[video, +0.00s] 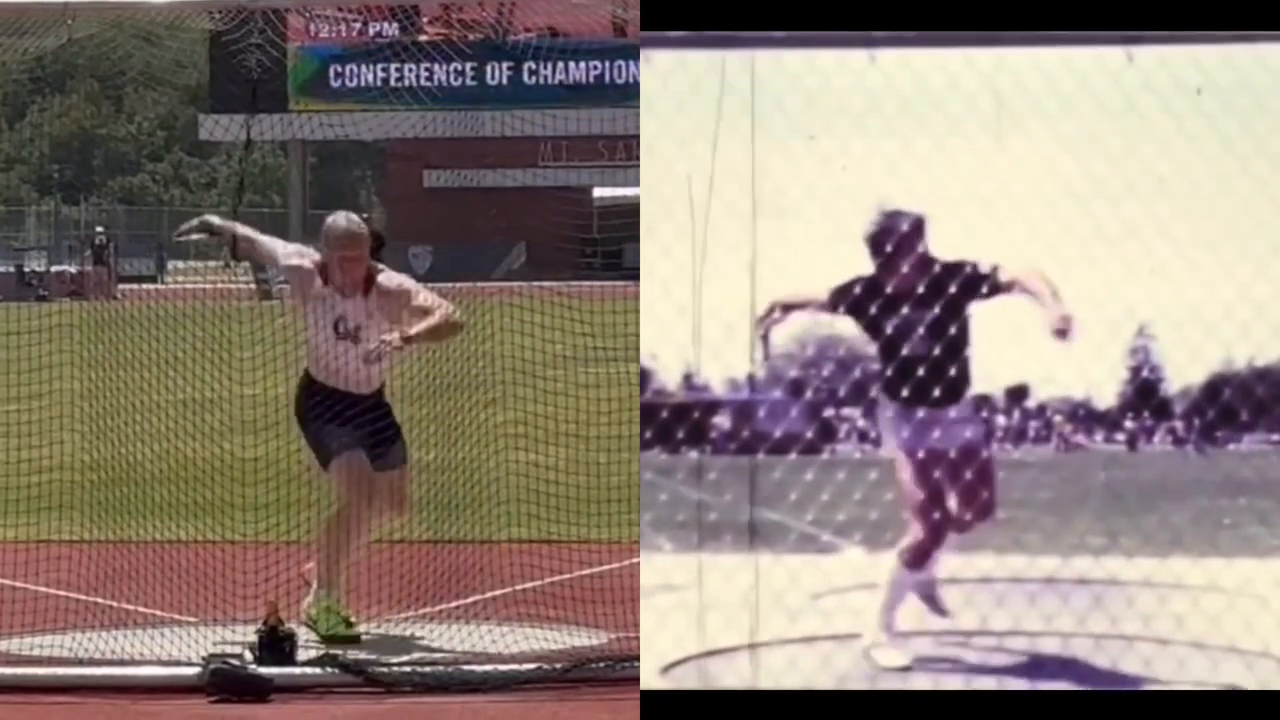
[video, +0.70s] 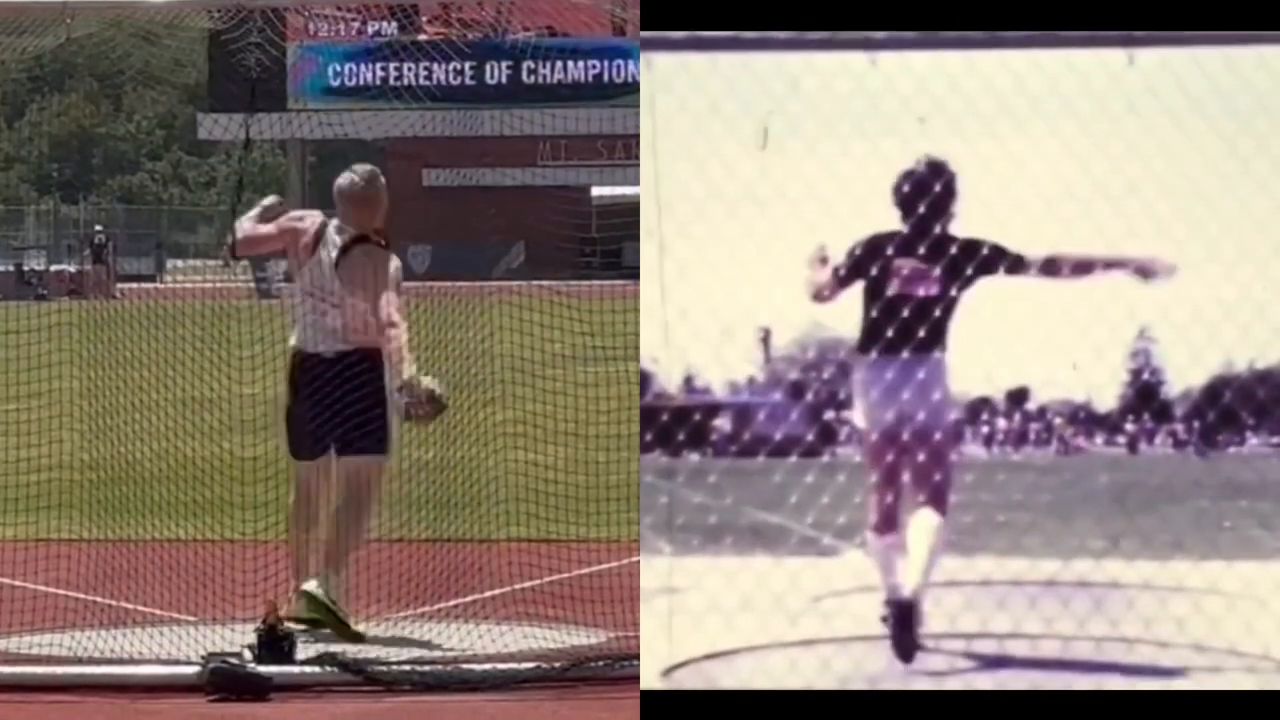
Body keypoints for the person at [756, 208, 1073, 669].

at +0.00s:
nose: (904, 267)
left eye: (908, 255)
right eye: (895, 258)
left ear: (921, 248)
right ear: (880, 259)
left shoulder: (953, 279)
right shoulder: (868, 293)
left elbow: (1024, 278)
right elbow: (822, 303)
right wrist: (782, 305)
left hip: (957, 414)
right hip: (905, 419)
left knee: (975, 508)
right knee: (929, 528)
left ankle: (924, 567)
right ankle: (879, 628)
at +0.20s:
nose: (947, 265)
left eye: (944, 257)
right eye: (937, 261)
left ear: (942, 258)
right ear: (916, 269)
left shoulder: (962, 275)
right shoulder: (892, 308)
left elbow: (1013, 268)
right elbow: (823, 344)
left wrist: (1068, 288)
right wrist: (753, 360)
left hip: (941, 422)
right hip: (905, 424)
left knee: (931, 527)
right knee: (959, 534)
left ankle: (890, 617)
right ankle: (881, 624)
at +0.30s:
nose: (952, 254)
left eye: (949, 247)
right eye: (945, 249)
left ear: (924, 255)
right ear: (929, 256)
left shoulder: (953, 272)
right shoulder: (899, 304)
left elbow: (984, 267)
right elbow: (832, 347)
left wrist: (1032, 282)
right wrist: (764, 377)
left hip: (927, 411)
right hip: (912, 416)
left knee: (923, 521)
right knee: (964, 529)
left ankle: (886, 618)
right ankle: (882, 620)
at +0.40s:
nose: (955, 237)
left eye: (952, 229)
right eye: (950, 230)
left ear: (910, 233)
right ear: (940, 236)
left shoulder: (913, 278)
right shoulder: (931, 285)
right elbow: (889, 345)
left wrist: (949, 280)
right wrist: (837, 403)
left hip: (896, 397)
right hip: (924, 401)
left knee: (909, 513)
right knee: (961, 521)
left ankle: (884, 616)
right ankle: (887, 616)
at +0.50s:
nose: (948, 224)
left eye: (941, 216)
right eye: (945, 216)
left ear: (903, 218)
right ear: (943, 220)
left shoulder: (878, 257)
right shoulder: (952, 276)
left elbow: (842, 295)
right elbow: (964, 336)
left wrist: (869, 274)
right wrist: (984, 395)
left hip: (885, 378)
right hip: (935, 384)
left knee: (892, 497)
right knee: (947, 506)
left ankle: (884, 606)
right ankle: (898, 607)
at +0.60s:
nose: (942, 208)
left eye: (932, 201)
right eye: (941, 200)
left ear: (899, 205)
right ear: (943, 205)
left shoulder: (872, 250)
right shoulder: (960, 264)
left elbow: (827, 294)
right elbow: (1010, 321)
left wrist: (849, 269)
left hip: (883, 377)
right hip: (937, 380)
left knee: (886, 493)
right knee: (939, 496)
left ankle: (888, 602)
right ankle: (904, 595)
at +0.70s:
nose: (947, 209)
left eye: (937, 202)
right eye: (948, 200)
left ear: (901, 203)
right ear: (949, 204)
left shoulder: (877, 248)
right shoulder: (965, 253)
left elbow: (822, 293)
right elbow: (1049, 266)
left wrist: (817, 267)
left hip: (873, 372)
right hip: (927, 372)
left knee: (885, 491)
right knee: (932, 492)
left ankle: (894, 596)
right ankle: (911, 593)